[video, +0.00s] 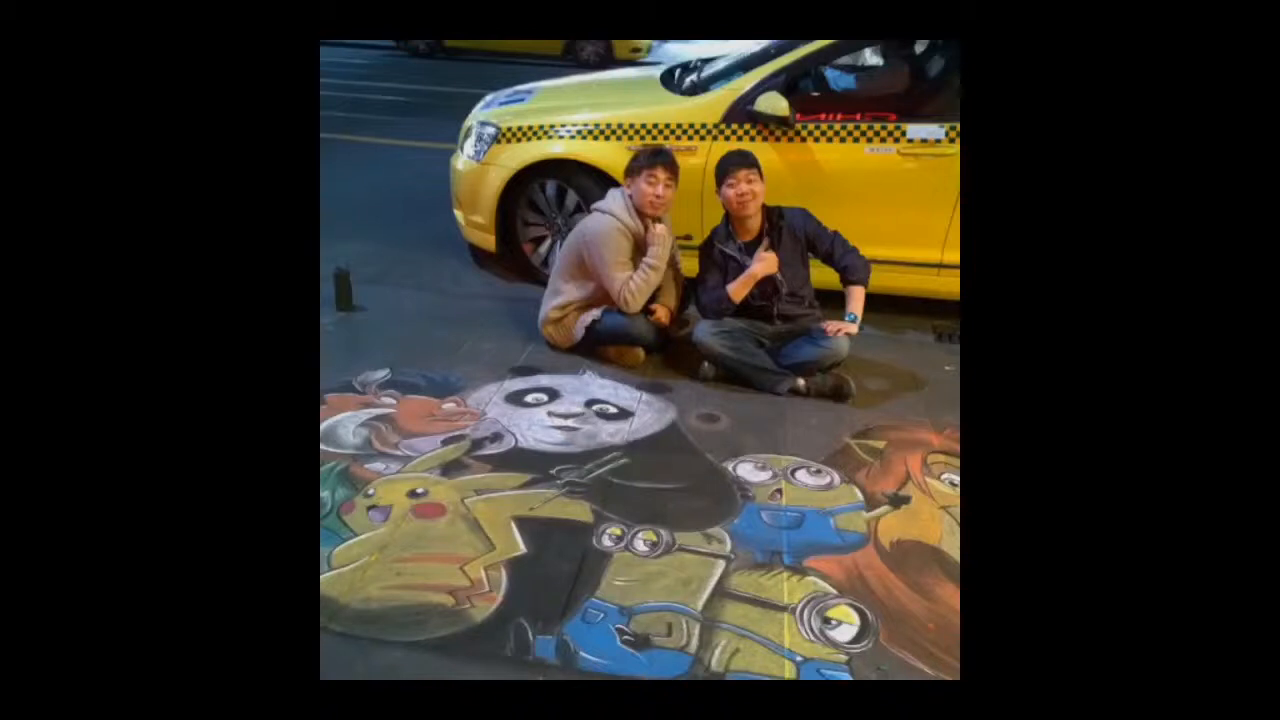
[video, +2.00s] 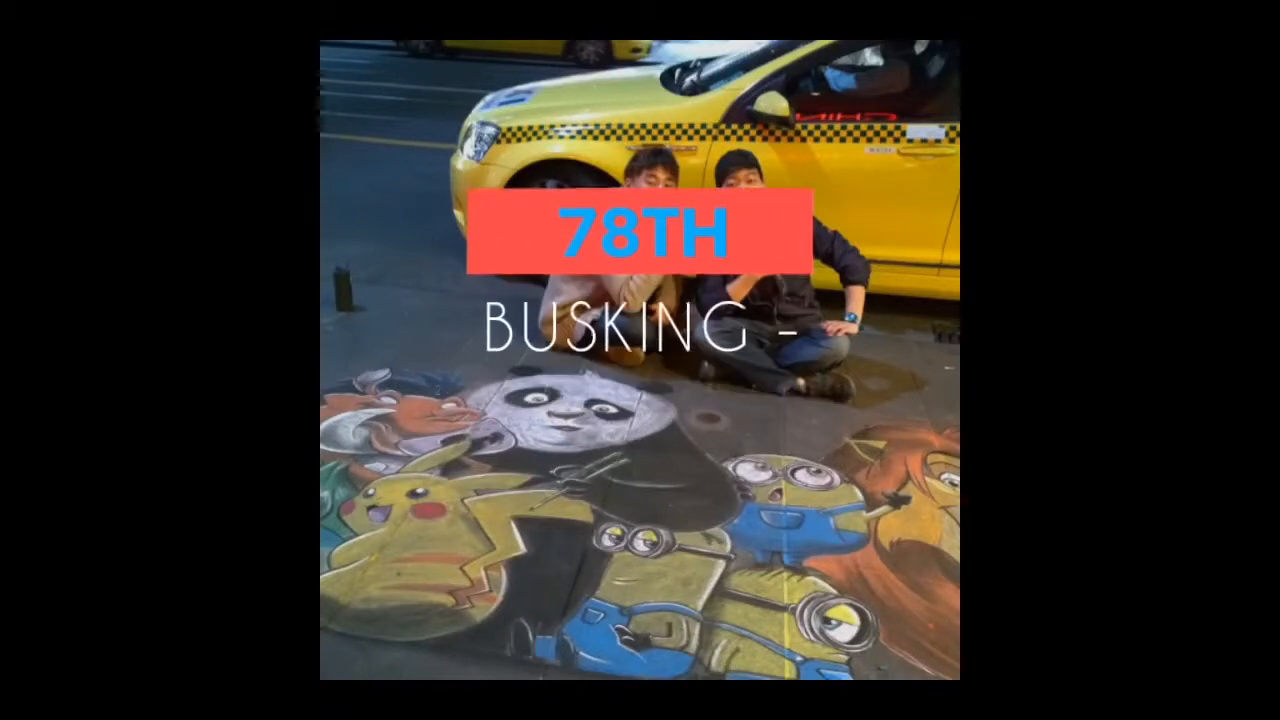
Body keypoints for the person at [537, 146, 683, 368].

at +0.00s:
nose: (659, 193)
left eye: (668, 185)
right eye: (651, 182)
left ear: (674, 192)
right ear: (629, 184)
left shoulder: (656, 221)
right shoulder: (605, 226)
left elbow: (669, 269)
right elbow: (629, 301)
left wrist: (665, 304)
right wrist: (657, 251)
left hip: (608, 305)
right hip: (567, 319)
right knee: (639, 327)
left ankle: (625, 346)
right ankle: (669, 335)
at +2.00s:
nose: (659, 191)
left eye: (668, 185)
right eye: (651, 181)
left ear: (674, 190)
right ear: (629, 182)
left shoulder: (654, 224)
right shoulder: (605, 221)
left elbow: (668, 279)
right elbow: (628, 300)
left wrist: (665, 304)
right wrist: (662, 247)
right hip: (564, 319)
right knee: (636, 327)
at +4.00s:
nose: (660, 193)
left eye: (667, 185)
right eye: (650, 183)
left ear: (675, 191)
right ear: (629, 185)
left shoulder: (656, 218)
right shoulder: (605, 228)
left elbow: (670, 267)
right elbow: (629, 301)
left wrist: (664, 305)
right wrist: (658, 250)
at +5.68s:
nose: (660, 193)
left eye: (668, 185)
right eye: (651, 183)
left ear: (675, 192)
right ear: (629, 184)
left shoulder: (656, 220)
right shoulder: (605, 228)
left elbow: (668, 285)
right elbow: (626, 298)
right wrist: (657, 252)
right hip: (565, 323)